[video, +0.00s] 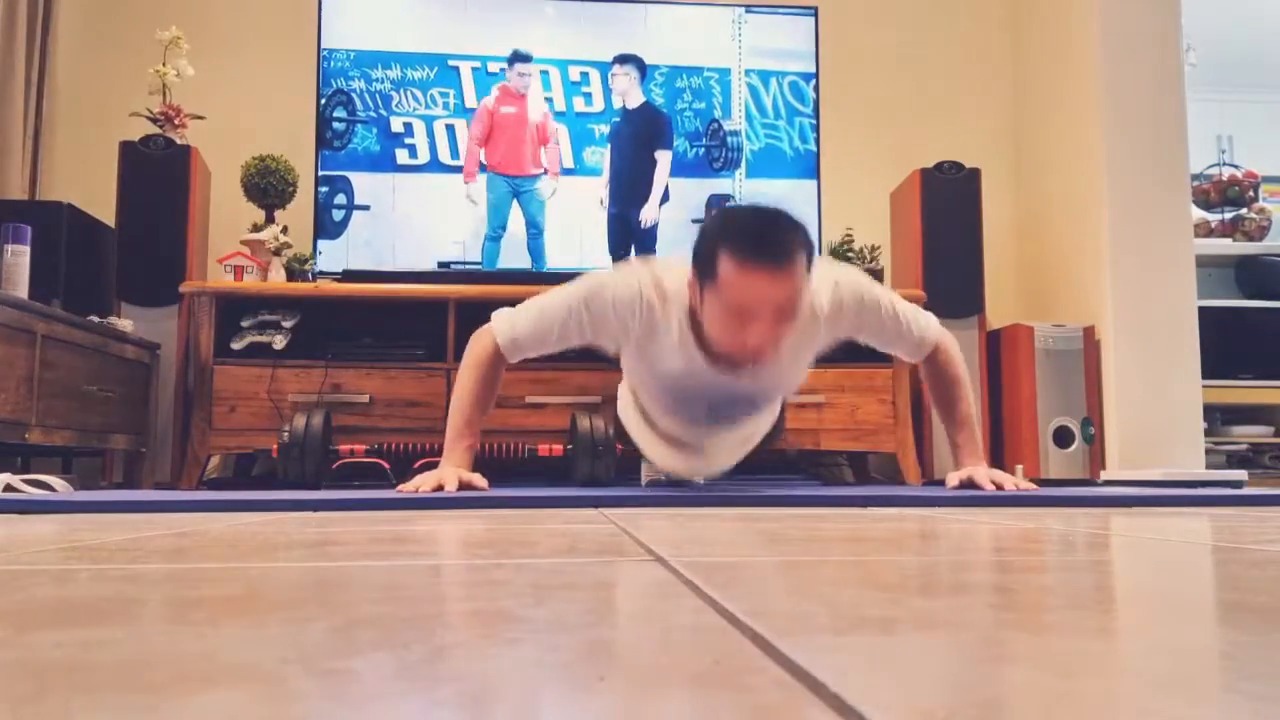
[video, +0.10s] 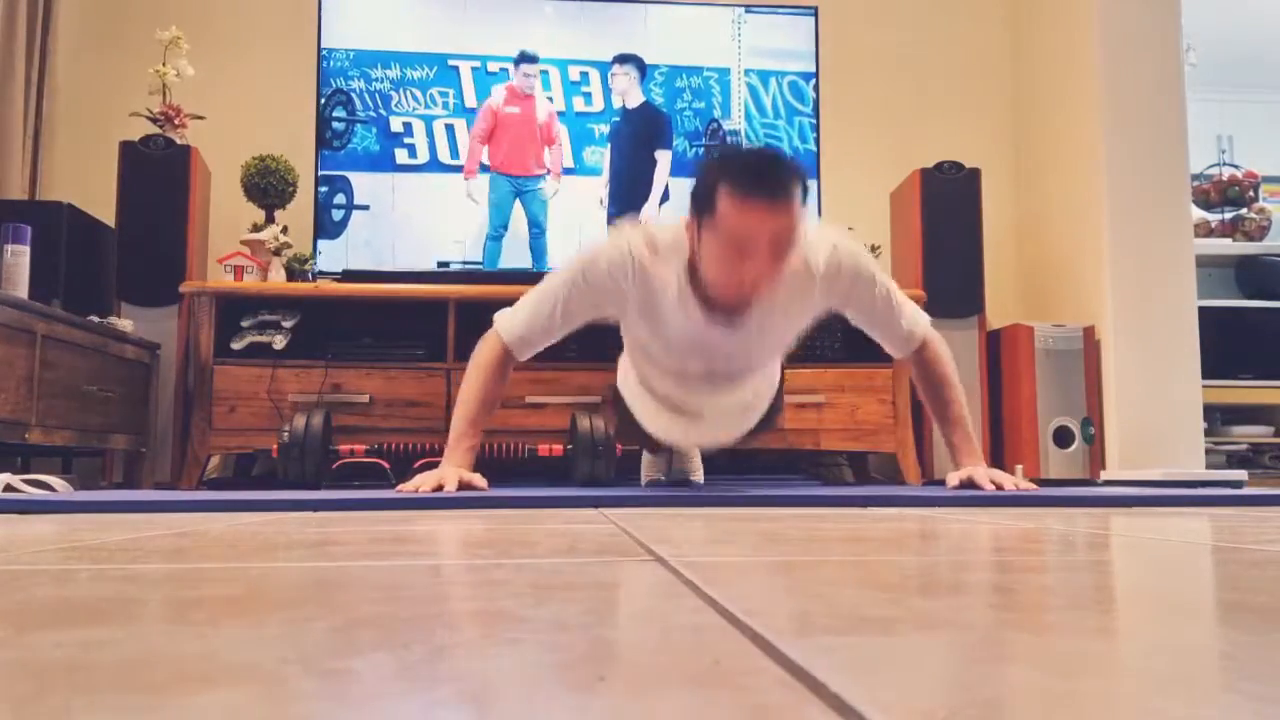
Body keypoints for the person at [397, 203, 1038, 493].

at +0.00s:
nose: (756, 335)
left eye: (775, 315)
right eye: (740, 312)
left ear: (801, 294)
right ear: (697, 289)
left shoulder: (830, 299)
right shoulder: (630, 296)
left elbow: (936, 345)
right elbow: (489, 343)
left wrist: (973, 461)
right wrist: (453, 460)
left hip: (745, 453)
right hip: (635, 451)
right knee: (616, 571)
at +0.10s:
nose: (754, 269)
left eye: (773, 250)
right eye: (738, 247)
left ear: (794, 237)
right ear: (698, 229)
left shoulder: (829, 260)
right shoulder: (628, 257)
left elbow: (919, 343)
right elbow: (499, 343)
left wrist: (967, 458)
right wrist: (454, 459)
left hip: (745, 412)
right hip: (642, 409)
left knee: (714, 441)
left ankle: (684, 458)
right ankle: (659, 453)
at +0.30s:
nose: (757, 162)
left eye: (778, 138)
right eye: (737, 139)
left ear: (794, 119)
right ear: (695, 114)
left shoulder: (821, 179)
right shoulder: (631, 175)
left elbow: (865, 324)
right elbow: (574, 321)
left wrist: (877, 460)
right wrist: (572, 458)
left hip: (746, 341)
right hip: (648, 338)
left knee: (702, 410)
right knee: (653, 408)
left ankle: (685, 436)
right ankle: (656, 440)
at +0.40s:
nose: (758, 273)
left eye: (781, 251)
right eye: (739, 252)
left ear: (801, 228)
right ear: (699, 221)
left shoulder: (839, 250)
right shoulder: (633, 240)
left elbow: (910, 353)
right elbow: (534, 344)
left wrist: (886, 457)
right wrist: (568, 464)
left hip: (747, 405)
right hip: (647, 398)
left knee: (707, 426)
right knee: (651, 427)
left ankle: (682, 442)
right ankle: (658, 445)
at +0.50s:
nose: (764, 381)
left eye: (787, 361)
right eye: (747, 359)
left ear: (814, 334)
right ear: (708, 323)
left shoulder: (849, 315)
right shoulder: (636, 312)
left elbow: (940, 359)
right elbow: (517, 350)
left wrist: (893, 460)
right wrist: (563, 462)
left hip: (755, 466)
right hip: (642, 469)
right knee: (642, 585)